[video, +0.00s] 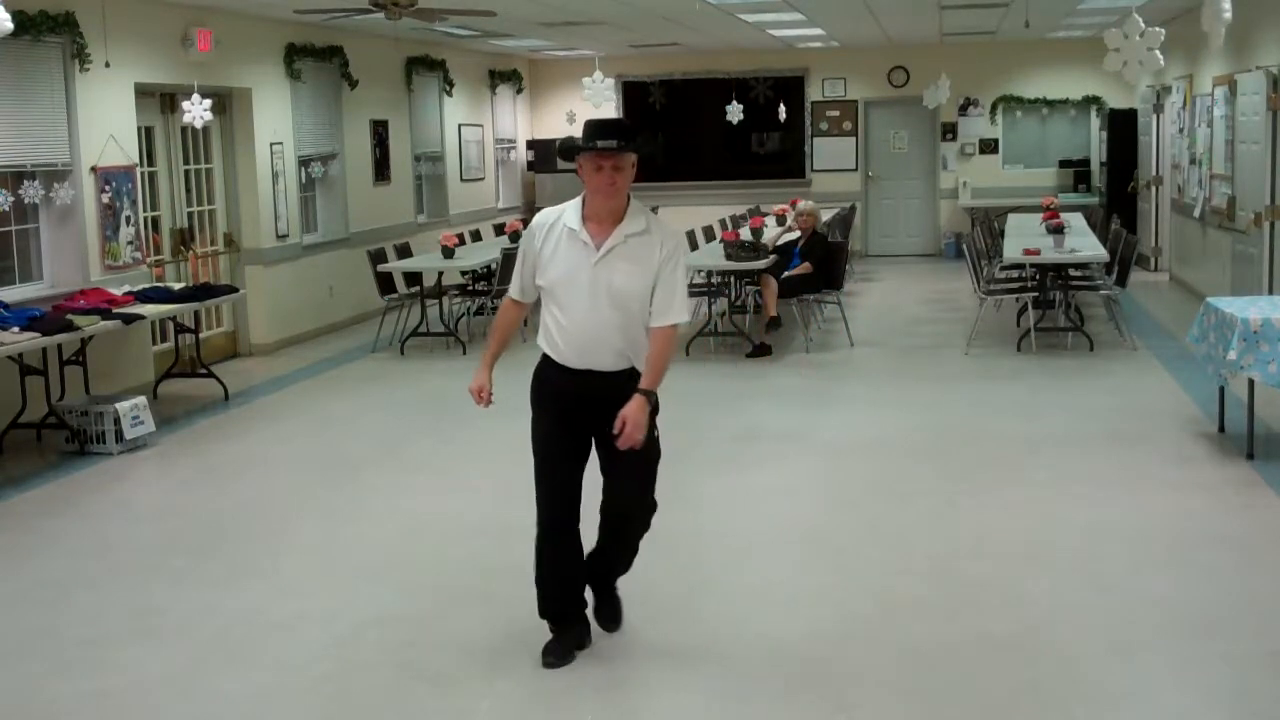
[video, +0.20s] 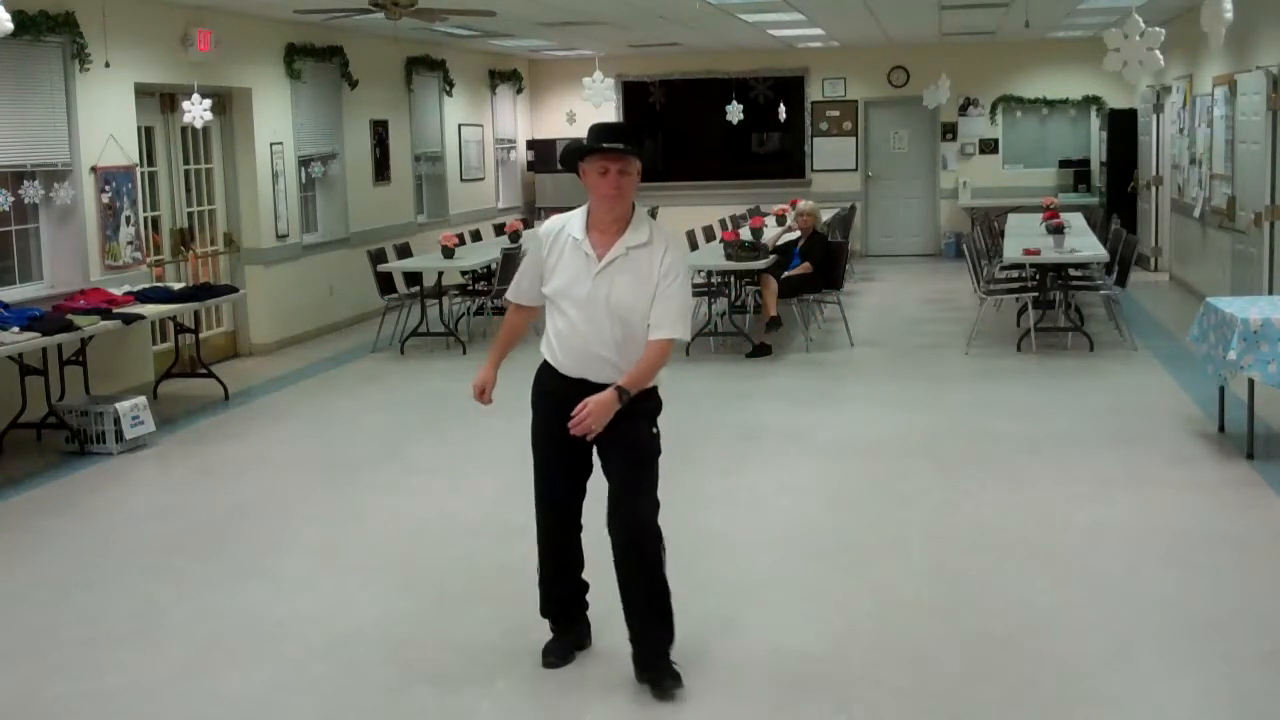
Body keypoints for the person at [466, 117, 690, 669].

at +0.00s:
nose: (608, 167)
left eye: (618, 158)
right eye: (598, 158)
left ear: (634, 167)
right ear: (580, 166)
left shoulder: (662, 238)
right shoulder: (544, 229)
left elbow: (665, 327)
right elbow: (516, 301)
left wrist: (644, 396)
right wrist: (486, 362)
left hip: (628, 389)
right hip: (559, 386)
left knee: (633, 508)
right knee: (556, 511)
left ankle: (603, 574)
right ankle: (566, 623)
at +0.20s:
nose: (612, 175)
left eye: (622, 166)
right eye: (601, 165)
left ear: (638, 175)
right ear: (582, 173)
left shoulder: (664, 247)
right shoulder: (549, 237)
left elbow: (664, 340)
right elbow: (522, 307)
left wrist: (618, 394)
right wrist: (491, 363)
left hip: (631, 397)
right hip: (558, 393)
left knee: (636, 527)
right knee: (556, 520)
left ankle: (654, 656)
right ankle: (568, 626)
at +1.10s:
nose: (661, 156)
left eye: (671, 147)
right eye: (647, 150)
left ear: (689, 159)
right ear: (627, 168)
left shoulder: (734, 234)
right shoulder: (603, 246)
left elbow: (771, 314)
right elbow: (584, 341)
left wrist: (782, 387)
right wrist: (570, 429)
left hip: (721, 416)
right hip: (640, 420)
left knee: (717, 560)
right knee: (635, 557)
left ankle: (706, 682)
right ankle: (671, 644)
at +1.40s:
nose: (647, 160)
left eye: (657, 148)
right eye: (632, 153)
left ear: (677, 159)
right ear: (615, 173)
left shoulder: (728, 240)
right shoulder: (595, 255)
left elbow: (749, 328)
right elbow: (575, 361)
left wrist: (758, 403)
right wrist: (574, 451)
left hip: (719, 430)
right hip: (636, 435)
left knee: (722, 573)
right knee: (639, 581)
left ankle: (706, 680)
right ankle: (648, 709)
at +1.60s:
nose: (635, 151)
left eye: (645, 139)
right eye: (621, 145)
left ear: (670, 149)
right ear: (608, 165)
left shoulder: (727, 232)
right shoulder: (589, 249)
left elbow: (758, 322)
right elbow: (565, 354)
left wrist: (780, 400)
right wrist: (572, 432)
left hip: (718, 426)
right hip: (633, 431)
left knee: (740, 557)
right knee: (639, 582)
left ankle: (710, 657)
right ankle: (645, 711)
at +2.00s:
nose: (632, 171)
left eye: (640, 156)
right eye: (630, 159)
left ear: (677, 149)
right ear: (667, 155)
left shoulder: (757, 233)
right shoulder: (650, 241)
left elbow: (815, 326)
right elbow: (634, 342)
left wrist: (819, 424)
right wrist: (607, 421)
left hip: (736, 428)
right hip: (663, 428)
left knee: (754, 577)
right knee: (650, 578)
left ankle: (778, 701)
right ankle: (649, 706)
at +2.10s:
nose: (638, 171)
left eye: (644, 156)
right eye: (636, 159)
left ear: (678, 151)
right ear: (676, 155)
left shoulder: (747, 232)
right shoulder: (674, 229)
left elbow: (808, 327)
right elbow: (660, 328)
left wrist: (816, 429)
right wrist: (632, 405)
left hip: (740, 426)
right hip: (679, 422)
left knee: (755, 569)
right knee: (650, 552)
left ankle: (778, 699)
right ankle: (680, 680)